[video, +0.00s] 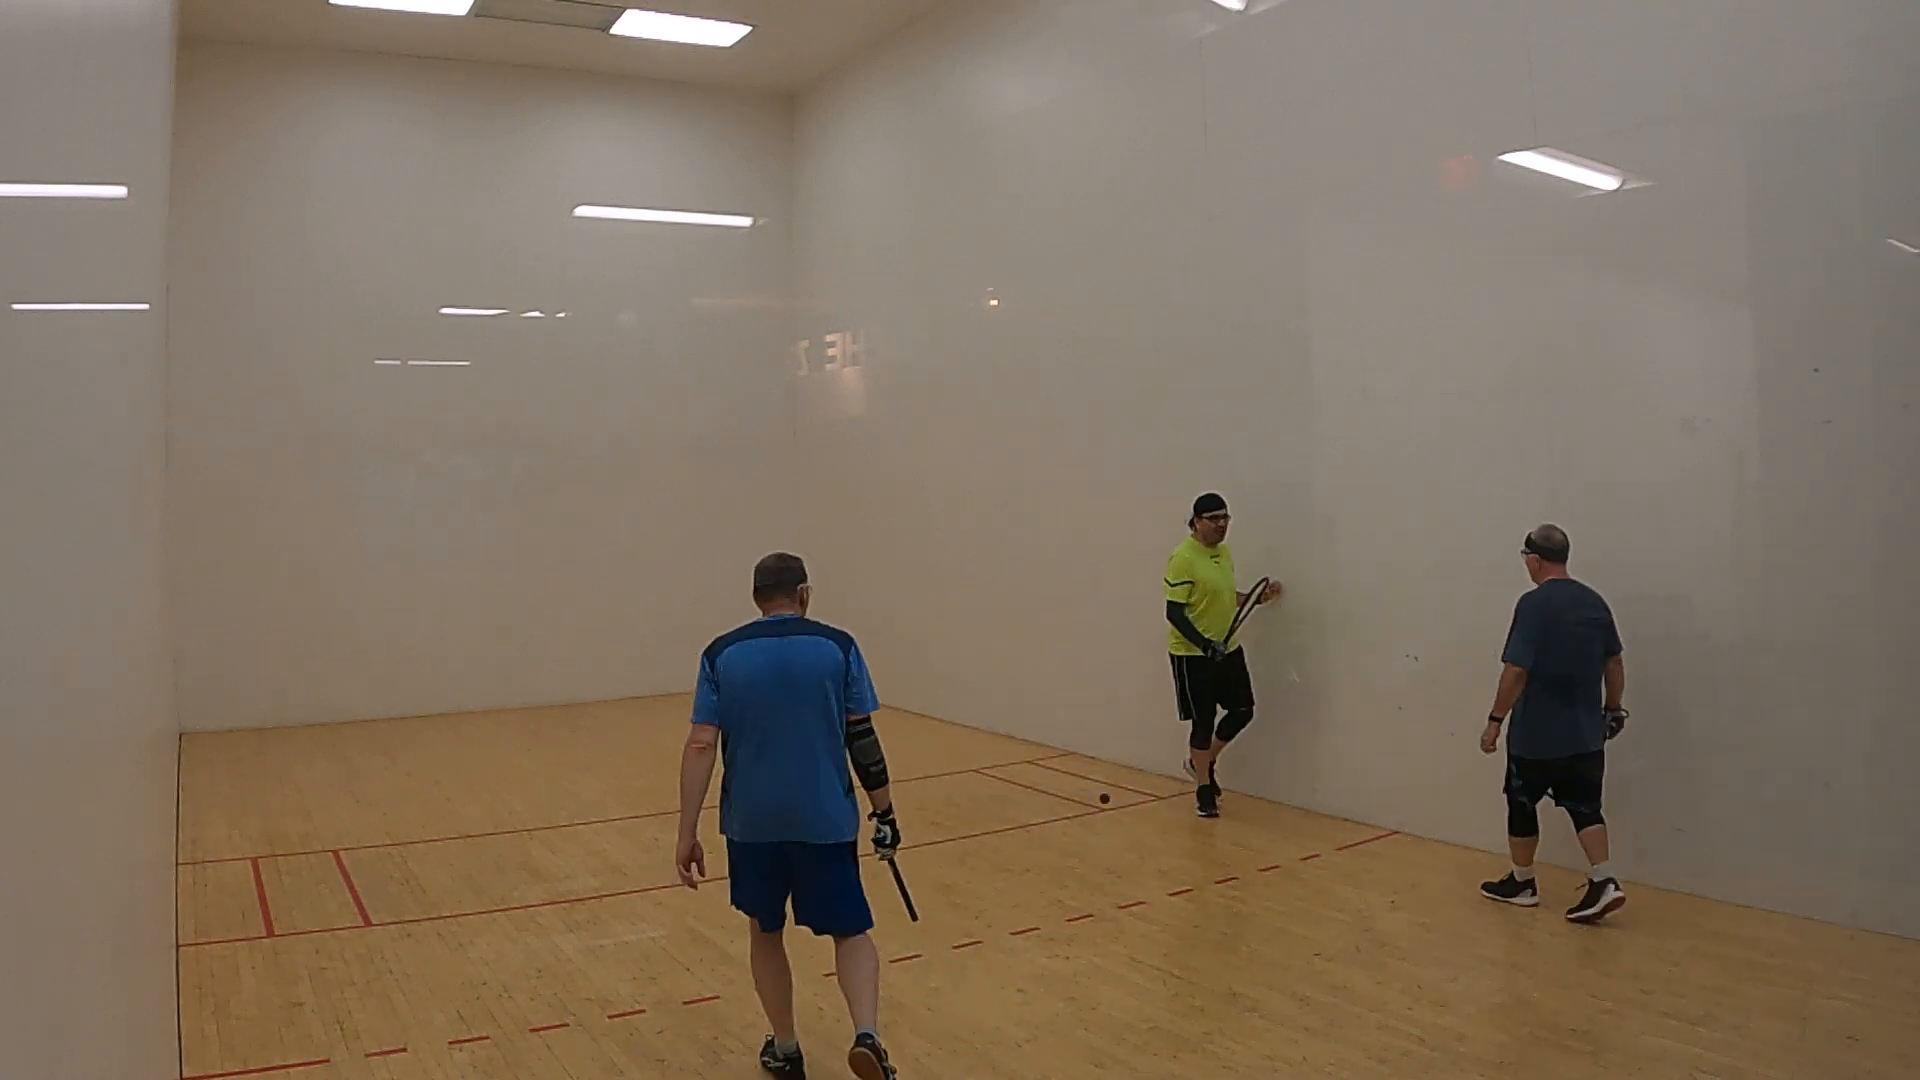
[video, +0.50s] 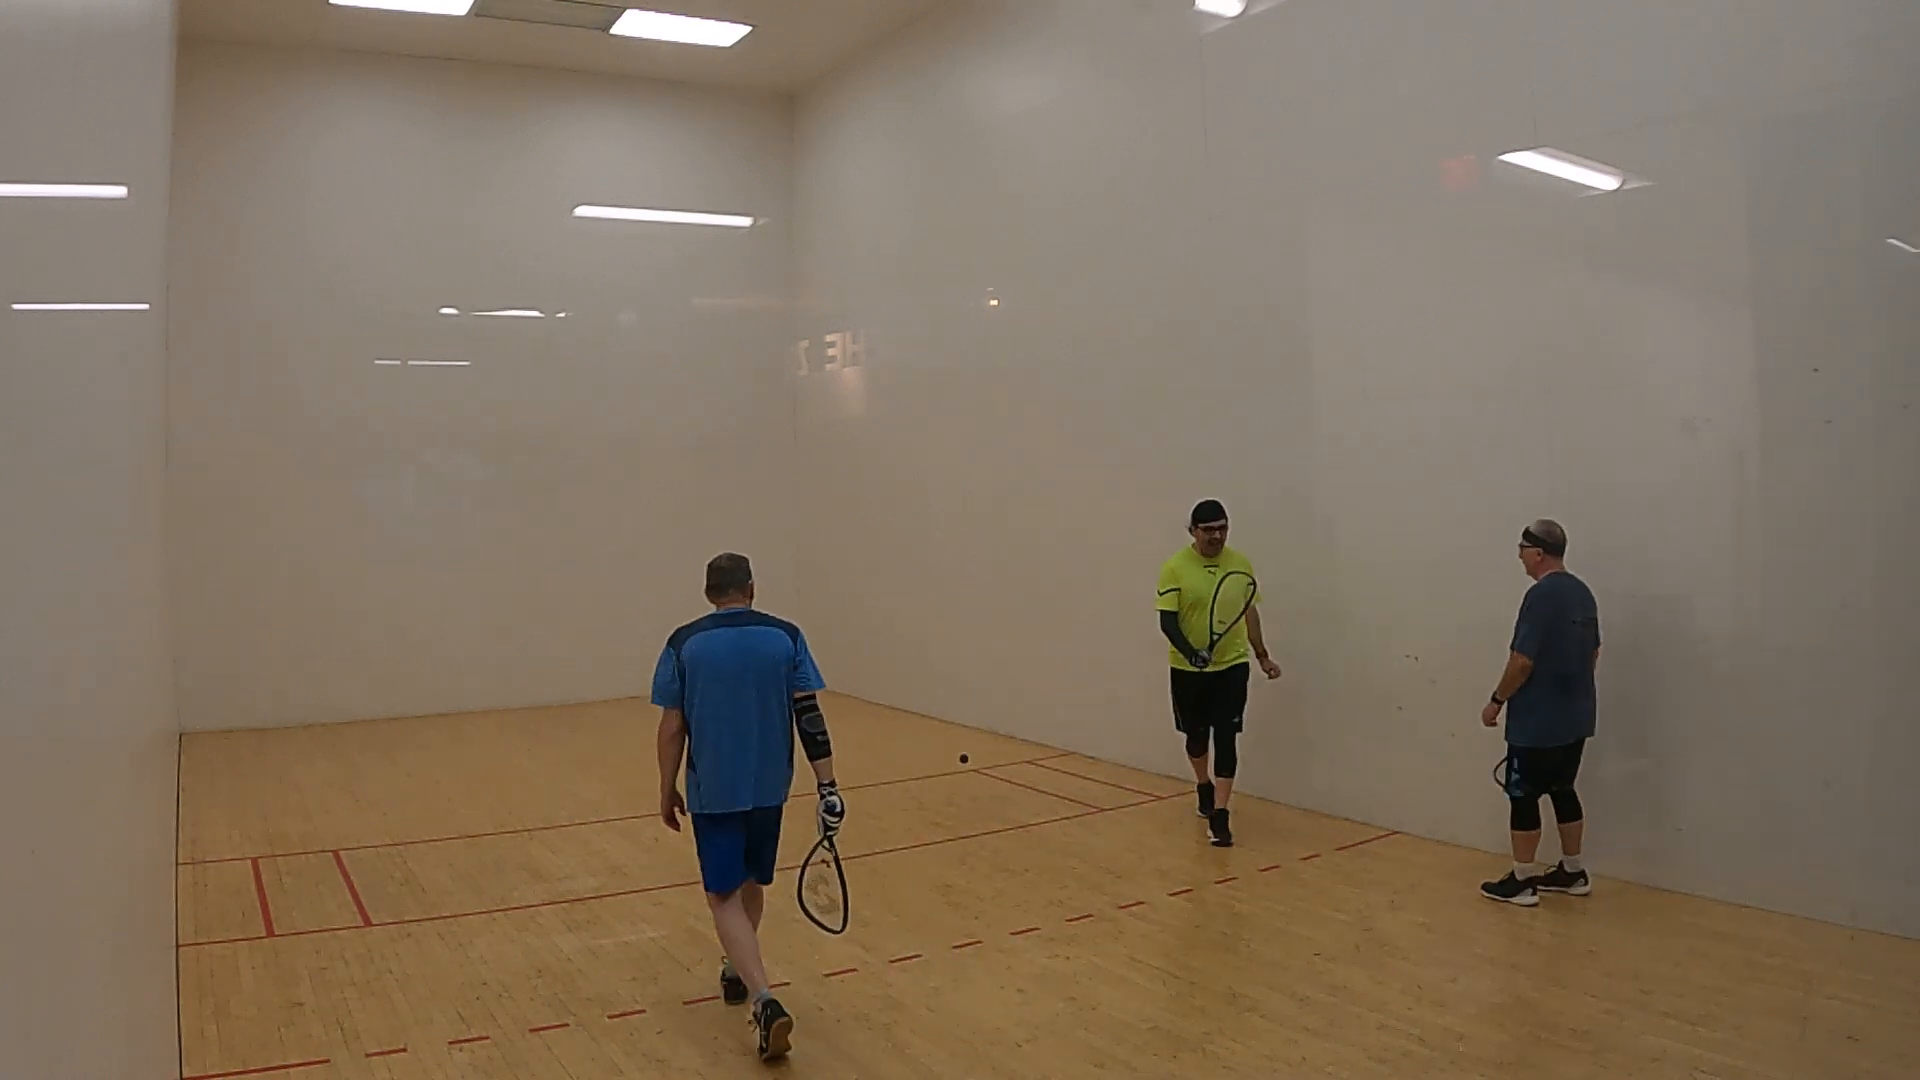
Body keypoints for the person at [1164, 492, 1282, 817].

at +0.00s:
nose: (1222, 525)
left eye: (1225, 518)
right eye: (1214, 519)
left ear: (1228, 520)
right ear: (1195, 523)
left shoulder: (1222, 552)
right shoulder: (1183, 560)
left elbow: (1224, 596)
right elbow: (1174, 612)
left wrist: (1256, 598)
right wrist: (1205, 643)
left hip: (1227, 649)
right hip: (1193, 654)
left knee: (1241, 712)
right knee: (1203, 720)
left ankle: (1202, 761)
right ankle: (1205, 789)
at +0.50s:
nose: (1216, 536)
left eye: (1221, 529)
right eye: (1208, 530)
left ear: (1228, 529)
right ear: (1193, 531)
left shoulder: (1240, 565)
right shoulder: (1175, 569)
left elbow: (1249, 611)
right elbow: (1167, 621)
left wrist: (1262, 655)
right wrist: (1189, 650)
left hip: (1231, 667)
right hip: (1189, 670)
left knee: (1226, 739)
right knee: (1197, 737)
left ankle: (1221, 813)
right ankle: (1204, 785)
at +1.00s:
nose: (1201, 535)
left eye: (1207, 529)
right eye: (1194, 529)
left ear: (1215, 529)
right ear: (1177, 530)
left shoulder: (1232, 568)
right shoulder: (1159, 572)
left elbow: (1247, 611)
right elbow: (1149, 627)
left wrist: (1258, 639)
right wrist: (1169, 660)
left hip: (1222, 682)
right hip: (1174, 682)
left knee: (1220, 753)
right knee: (1169, 757)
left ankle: (1219, 816)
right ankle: (1160, 839)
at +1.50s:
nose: (1203, 538)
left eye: (1208, 532)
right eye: (1195, 531)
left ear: (1211, 533)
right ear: (1172, 532)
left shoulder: (1220, 575)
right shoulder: (1148, 577)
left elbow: (1229, 628)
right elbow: (1135, 640)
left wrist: (1239, 677)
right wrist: (1164, 670)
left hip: (1212, 696)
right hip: (1161, 696)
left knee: (1210, 777)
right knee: (1161, 774)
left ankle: (1213, 866)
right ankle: (1159, 841)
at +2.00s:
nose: (1214, 544)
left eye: (1220, 536)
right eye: (1205, 536)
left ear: (1225, 535)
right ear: (1181, 534)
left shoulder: (1236, 578)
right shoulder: (1156, 583)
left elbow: (1252, 626)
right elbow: (1140, 648)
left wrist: (1264, 640)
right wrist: (1165, 683)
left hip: (1225, 711)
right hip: (1171, 712)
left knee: (1217, 796)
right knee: (1171, 803)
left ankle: (1213, 875)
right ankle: (1166, 899)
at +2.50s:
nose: (1190, 548)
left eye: (1198, 540)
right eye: (1181, 539)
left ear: (1203, 539)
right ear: (1156, 535)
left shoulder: (1215, 581)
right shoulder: (1128, 590)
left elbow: (1253, 643)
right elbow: (1114, 663)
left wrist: (1245, 618)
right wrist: (1140, 706)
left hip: (1213, 724)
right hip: (1153, 729)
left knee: (1218, 824)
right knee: (1162, 826)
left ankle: (1213, 920)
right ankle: (1169, 915)